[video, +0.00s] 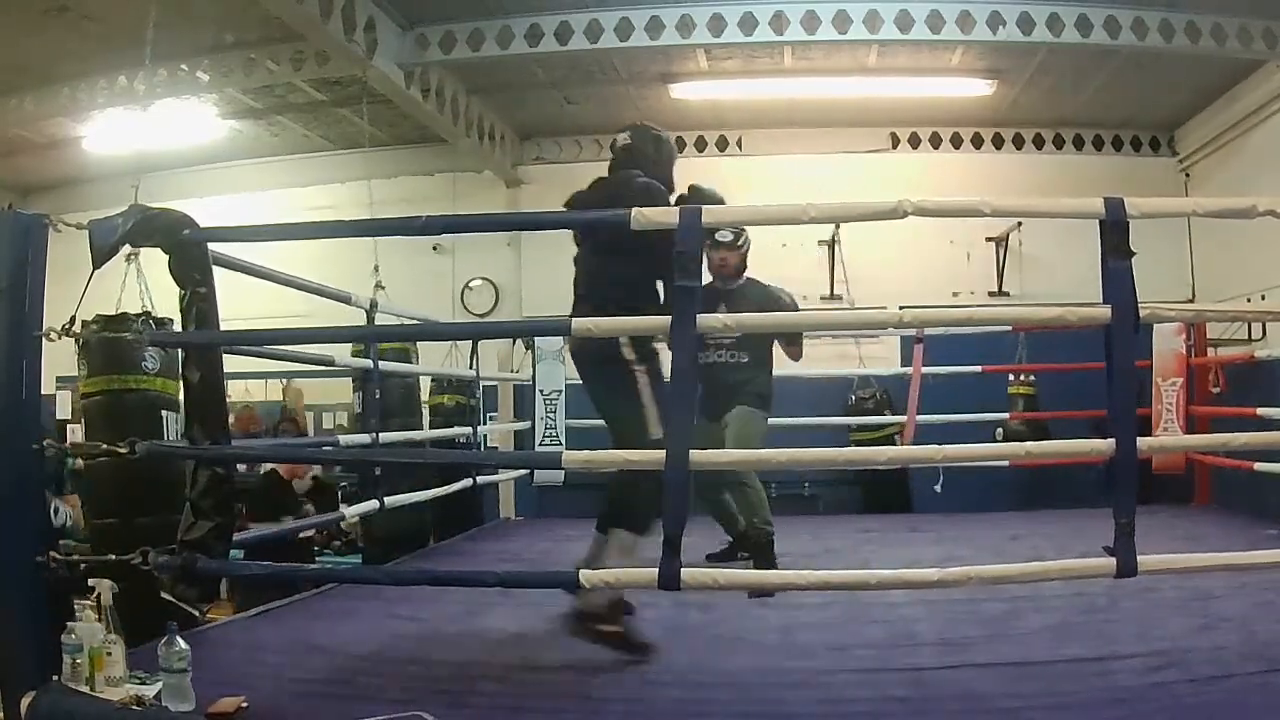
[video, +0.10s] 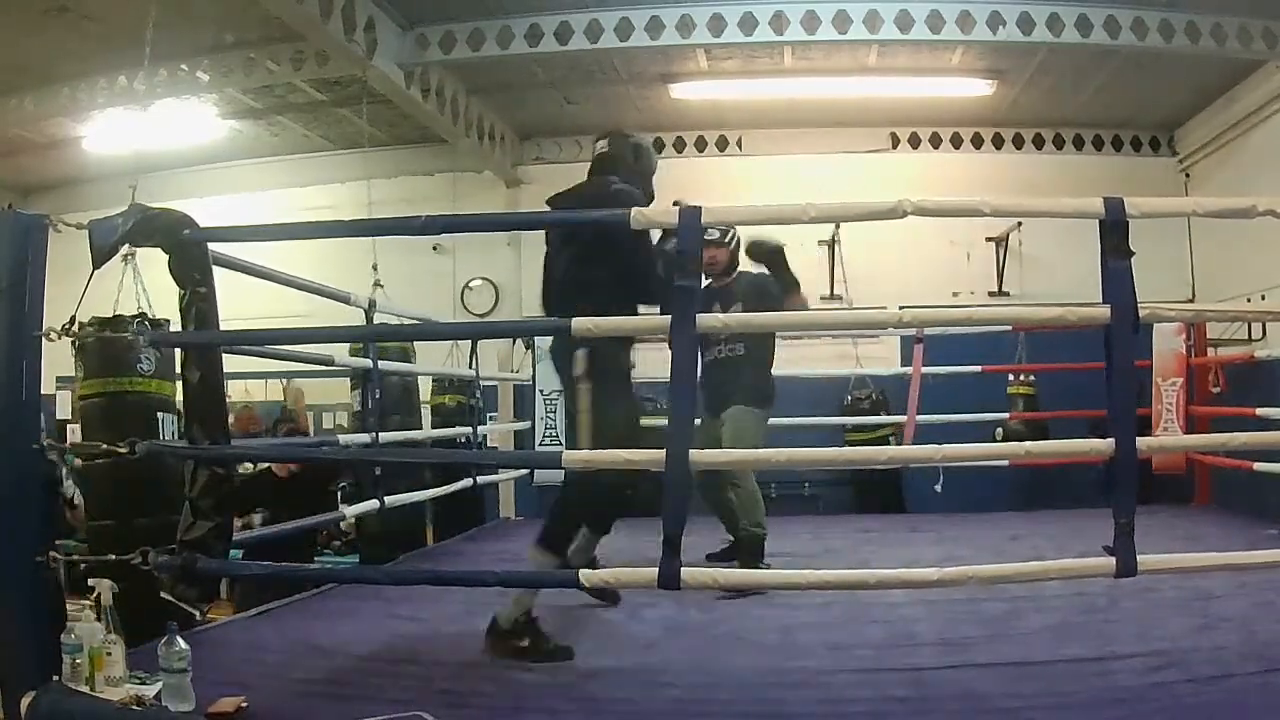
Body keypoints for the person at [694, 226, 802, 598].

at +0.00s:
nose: (720, 257)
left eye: (728, 250)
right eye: (714, 251)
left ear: (743, 253)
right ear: (706, 255)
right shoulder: (697, 299)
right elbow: (679, 342)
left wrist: (788, 313)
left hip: (749, 397)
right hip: (709, 398)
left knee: (736, 465)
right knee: (700, 471)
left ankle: (764, 555)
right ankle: (742, 539)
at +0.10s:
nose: (708, 256)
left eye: (715, 248)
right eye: (704, 249)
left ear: (733, 250)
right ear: (699, 254)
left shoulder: (757, 284)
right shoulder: (698, 297)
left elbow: (799, 308)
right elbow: (677, 340)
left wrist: (780, 268)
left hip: (749, 394)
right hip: (713, 398)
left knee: (735, 465)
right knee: (705, 472)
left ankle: (752, 558)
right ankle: (739, 540)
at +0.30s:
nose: (696, 267)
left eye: (700, 259)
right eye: (693, 261)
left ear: (715, 257)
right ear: (698, 263)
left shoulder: (741, 282)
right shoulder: (705, 296)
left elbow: (769, 297)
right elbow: (675, 336)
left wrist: (738, 266)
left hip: (753, 396)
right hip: (729, 398)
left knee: (731, 471)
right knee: (709, 467)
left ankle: (741, 555)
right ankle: (758, 529)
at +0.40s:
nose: (685, 281)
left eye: (689, 273)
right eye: (680, 276)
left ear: (709, 270)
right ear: (680, 279)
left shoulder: (743, 297)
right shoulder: (697, 309)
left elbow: (767, 341)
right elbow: (687, 350)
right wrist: (662, 315)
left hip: (762, 405)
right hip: (735, 407)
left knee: (713, 466)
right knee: (714, 469)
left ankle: (736, 552)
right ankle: (764, 533)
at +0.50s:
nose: (676, 320)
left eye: (680, 312)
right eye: (671, 313)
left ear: (696, 312)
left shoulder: (730, 330)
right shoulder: (701, 351)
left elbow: (758, 356)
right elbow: (695, 402)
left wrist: (714, 357)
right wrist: (667, 364)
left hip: (767, 425)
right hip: (746, 426)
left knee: (706, 477)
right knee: (729, 478)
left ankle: (728, 561)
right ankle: (775, 543)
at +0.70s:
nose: (688, 313)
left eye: (689, 306)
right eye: (686, 307)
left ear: (704, 301)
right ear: (716, 296)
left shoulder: (734, 315)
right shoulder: (722, 339)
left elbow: (744, 340)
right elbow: (708, 389)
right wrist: (670, 355)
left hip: (765, 424)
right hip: (772, 426)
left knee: (710, 468)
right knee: (735, 477)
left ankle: (725, 557)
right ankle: (777, 541)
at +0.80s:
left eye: (695, 274)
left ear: (713, 269)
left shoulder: (743, 286)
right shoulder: (723, 313)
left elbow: (750, 304)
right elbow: (702, 357)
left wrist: (717, 286)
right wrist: (679, 323)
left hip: (767, 393)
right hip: (756, 396)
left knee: (735, 466)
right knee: (744, 470)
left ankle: (730, 549)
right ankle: (777, 539)